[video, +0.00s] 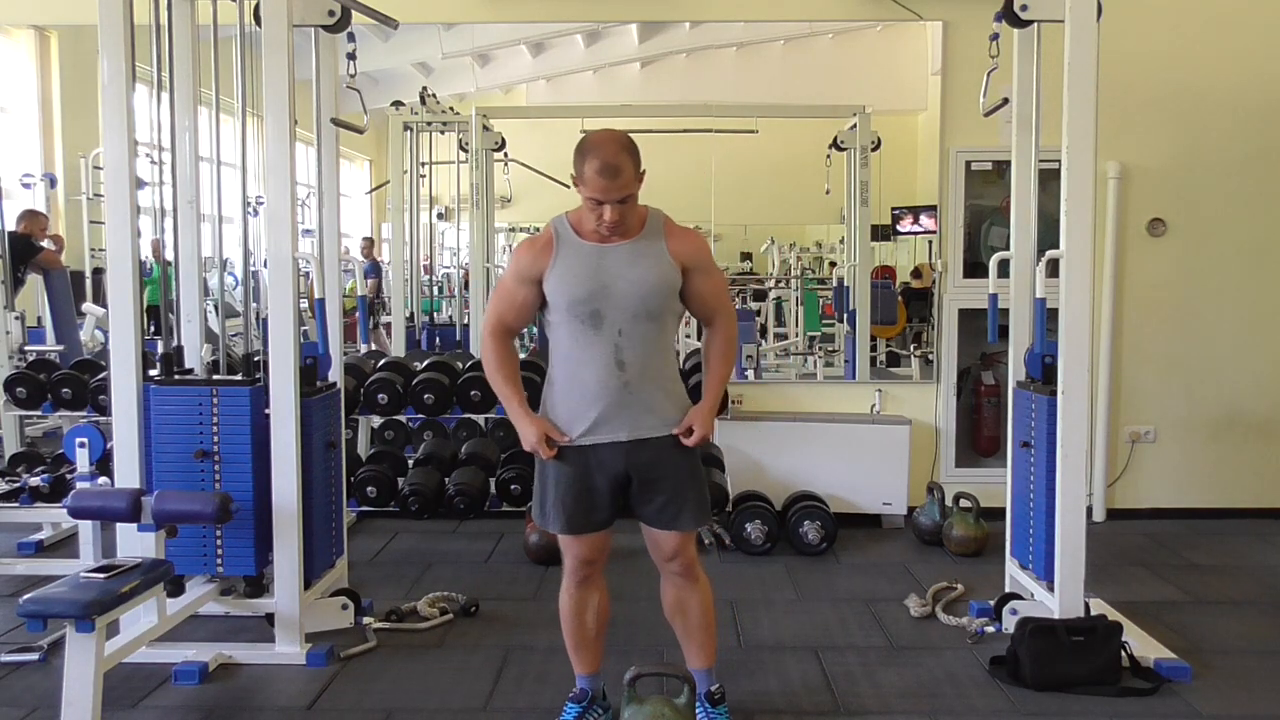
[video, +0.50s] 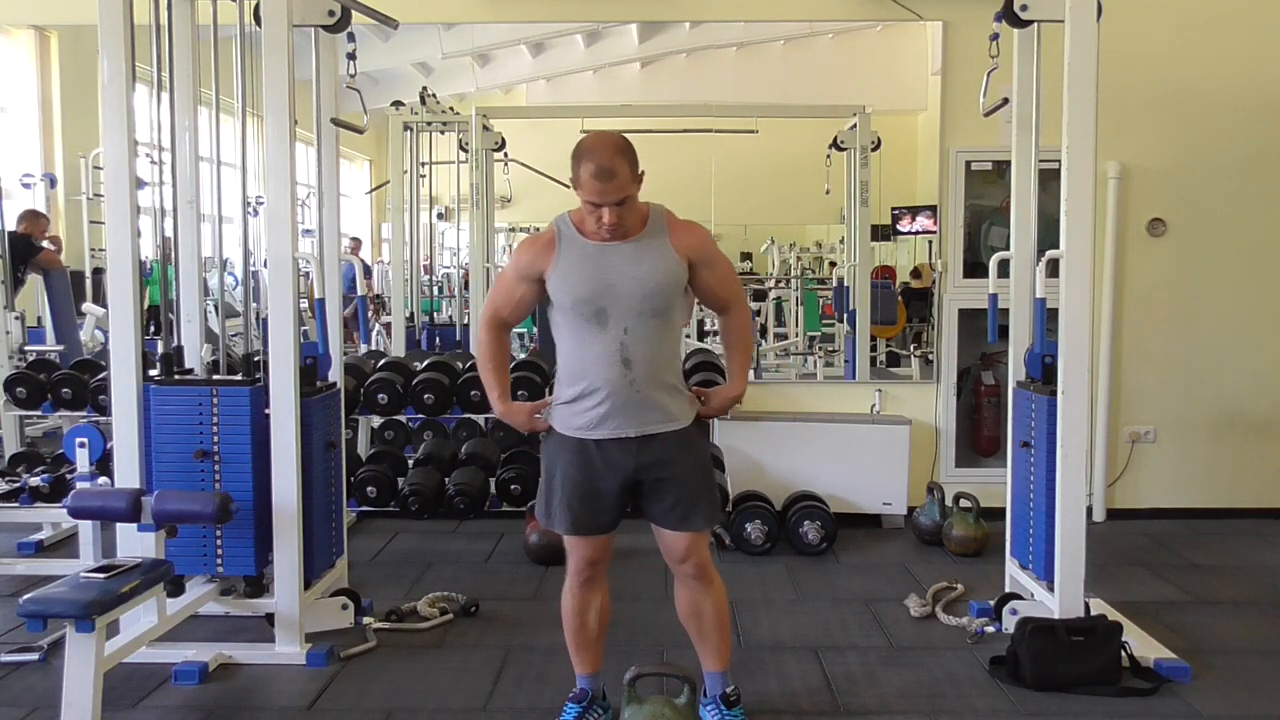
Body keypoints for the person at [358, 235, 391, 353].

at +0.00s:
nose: (362, 251)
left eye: (365, 248)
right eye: (361, 248)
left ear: (372, 249)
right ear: (360, 248)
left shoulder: (373, 265)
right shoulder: (367, 265)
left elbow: (372, 290)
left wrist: (361, 309)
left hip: (373, 302)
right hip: (369, 302)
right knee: (377, 332)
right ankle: (389, 356)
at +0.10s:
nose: (359, 250)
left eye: (362, 248)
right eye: (358, 247)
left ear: (369, 248)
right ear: (356, 247)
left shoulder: (370, 265)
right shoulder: (363, 264)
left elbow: (368, 289)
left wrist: (356, 308)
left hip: (367, 302)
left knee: (366, 333)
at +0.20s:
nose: (356, 251)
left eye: (359, 248)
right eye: (355, 248)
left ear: (365, 249)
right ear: (354, 248)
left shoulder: (367, 265)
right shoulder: (357, 264)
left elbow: (365, 289)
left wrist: (351, 307)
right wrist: (349, 306)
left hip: (364, 302)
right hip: (356, 302)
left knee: (361, 335)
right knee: (355, 334)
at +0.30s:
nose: (354, 252)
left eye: (357, 249)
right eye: (353, 248)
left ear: (363, 249)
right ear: (351, 248)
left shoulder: (366, 265)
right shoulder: (352, 264)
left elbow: (364, 289)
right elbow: (348, 287)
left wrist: (349, 306)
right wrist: (343, 305)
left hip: (361, 303)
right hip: (349, 302)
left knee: (359, 334)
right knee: (347, 335)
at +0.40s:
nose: (352, 251)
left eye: (355, 248)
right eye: (351, 248)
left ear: (361, 249)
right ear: (349, 247)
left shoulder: (366, 266)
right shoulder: (350, 265)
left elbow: (363, 290)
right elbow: (347, 287)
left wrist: (349, 307)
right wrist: (344, 304)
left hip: (359, 304)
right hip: (348, 302)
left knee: (358, 334)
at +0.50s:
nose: (350, 251)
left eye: (354, 249)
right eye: (349, 248)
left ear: (359, 249)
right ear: (347, 247)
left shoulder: (364, 267)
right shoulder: (343, 264)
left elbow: (365, 290)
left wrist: (353, 306)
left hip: (356, 300)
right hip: (343, 297)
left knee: (356, 331)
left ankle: (360, 353)